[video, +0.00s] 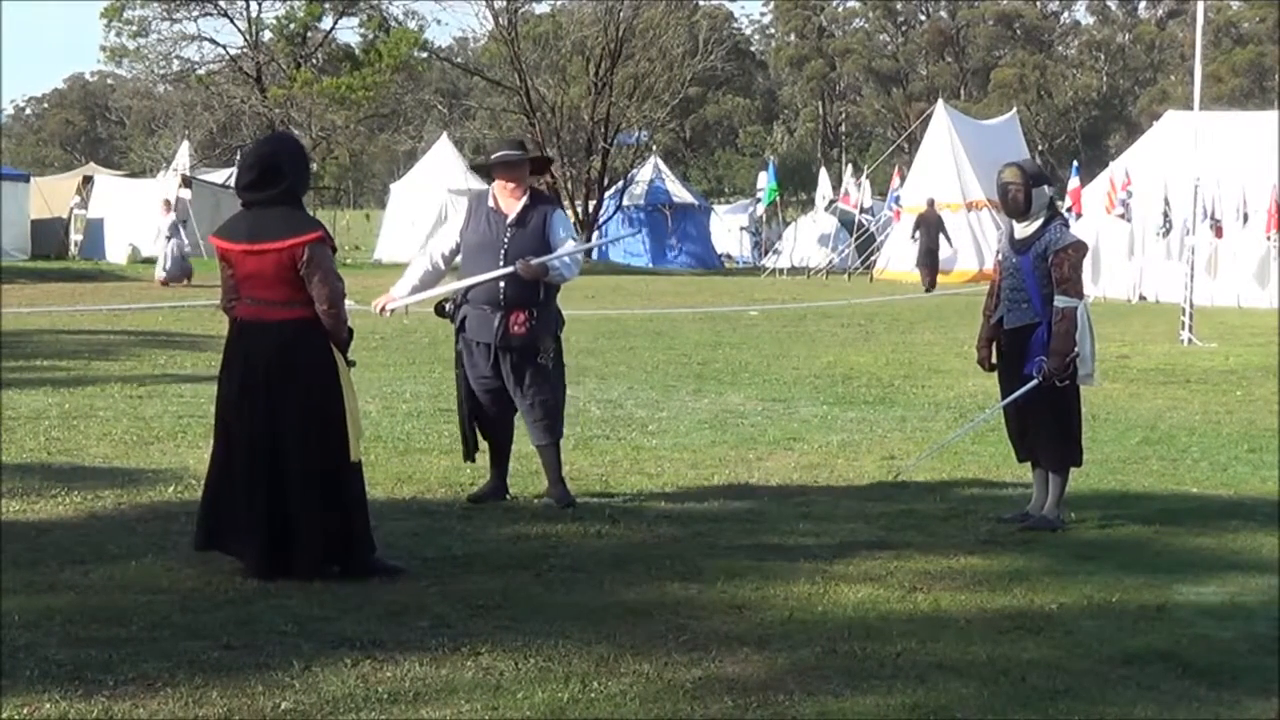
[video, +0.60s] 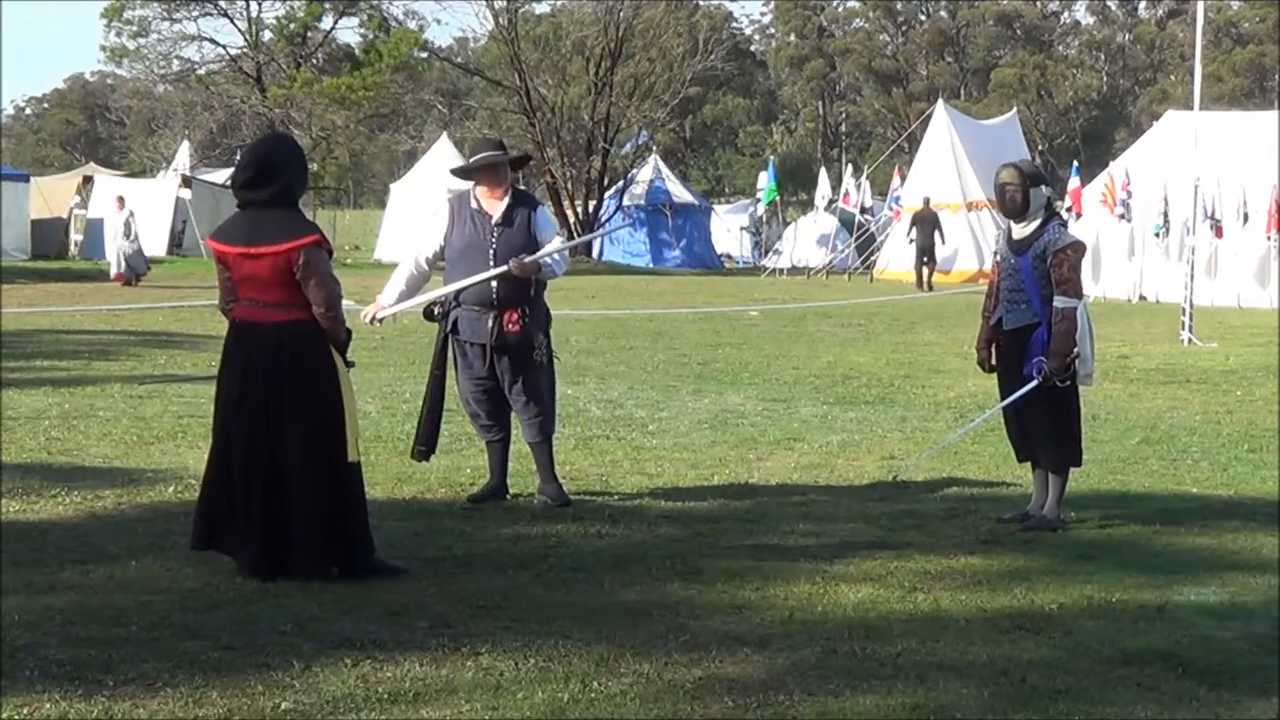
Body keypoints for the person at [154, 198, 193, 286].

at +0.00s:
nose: (163, 209)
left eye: (165, 206)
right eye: (162, 206)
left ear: (169, 207)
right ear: (161, 207)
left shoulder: (173, 217)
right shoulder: (161, 219)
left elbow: (180, 230)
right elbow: (159, 230)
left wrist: (186, 241)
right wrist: (155, 240)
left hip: (174, 241)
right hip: (165, 241)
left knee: (170, 259)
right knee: (163, 258)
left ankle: (165, 277)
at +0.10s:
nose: (158, 207)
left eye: (159, 204)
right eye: (157, 205)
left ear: (163, 205)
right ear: (155, 206)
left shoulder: (168, 215)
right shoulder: (156, 217)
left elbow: (174, 228)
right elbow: (153, 230)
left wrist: (177, 240)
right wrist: (150, 240)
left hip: (167, 240)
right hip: (159, 239)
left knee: (165, 258)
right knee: (159, 258)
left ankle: (164, 278)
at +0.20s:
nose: (147, 206)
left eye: (149, 204)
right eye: (147, 204)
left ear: (153, 204)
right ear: (148, 205)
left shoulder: (159, 213)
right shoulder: (151, 214)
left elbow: (162, 225)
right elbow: (152, 227)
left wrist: (161, 236)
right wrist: (151, 237)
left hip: (160, 238)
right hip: (153, 238)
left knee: (160, 257)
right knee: (149, 255)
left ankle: (164, 277)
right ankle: (150, 273)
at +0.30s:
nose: (141, 208)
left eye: (142, 206)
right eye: (141, 206)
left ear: (147, 205)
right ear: (143, 206)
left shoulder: (153, 214)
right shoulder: (145, 216)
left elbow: (156, 227)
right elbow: (143, 229)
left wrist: (151, 236)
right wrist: (141, 238)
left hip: (154, 240)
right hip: (146, 240)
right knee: (144, 258)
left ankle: (165, 279)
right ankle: (143, 279)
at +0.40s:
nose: (132, 209)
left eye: (133, 207)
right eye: (131, 207)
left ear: (138, 206)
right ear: (131, 207)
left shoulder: (144, 216)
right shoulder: (135, 217)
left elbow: (146, 229)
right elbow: (135, 230)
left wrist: (139, 237)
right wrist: (133, 238)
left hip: (145, 241)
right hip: (137, 240)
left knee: (155, 258)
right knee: (131, 257)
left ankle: (163, 276)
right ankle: (128, 277)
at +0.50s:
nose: (126, 208)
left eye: (127, 206)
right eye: (125, 206)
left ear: (130, 205)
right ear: (126, 206)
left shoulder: (136, 215)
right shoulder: (130, 216)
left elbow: (140, 229)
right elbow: (132, 229)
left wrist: (134, 238)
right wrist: (130, 237)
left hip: (138, 241)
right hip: (132, 241)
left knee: (147, 259)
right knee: (129, 259)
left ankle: (157, 273)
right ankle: (128, 278)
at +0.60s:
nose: (117, 205)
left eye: (119, 203)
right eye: (116, 203)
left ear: (122, 203)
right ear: (115, 203)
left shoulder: (128, 212)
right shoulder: (116, 214)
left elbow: (133, 225)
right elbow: (115, 227)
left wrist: (132, 237)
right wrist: (114, 237)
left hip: (128, 240)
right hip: (119, 240)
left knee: (130, 258)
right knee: (122, 260)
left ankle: (136, 274)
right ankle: (126, 278)